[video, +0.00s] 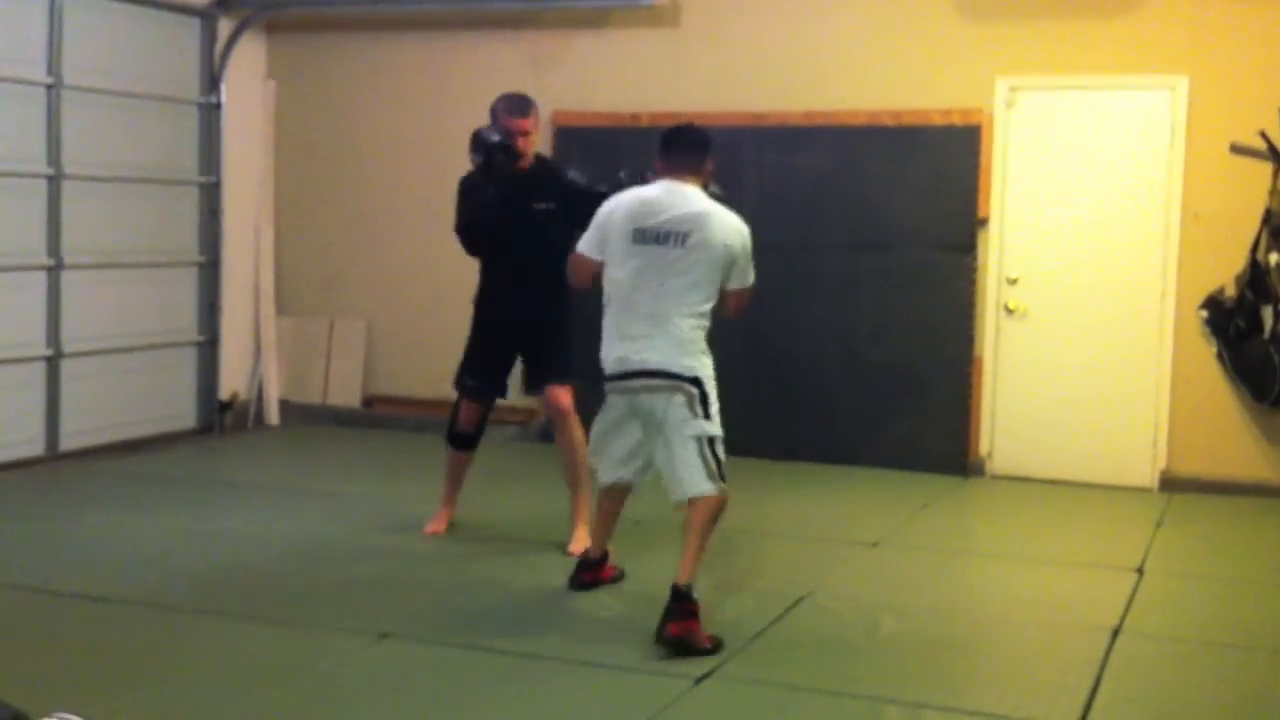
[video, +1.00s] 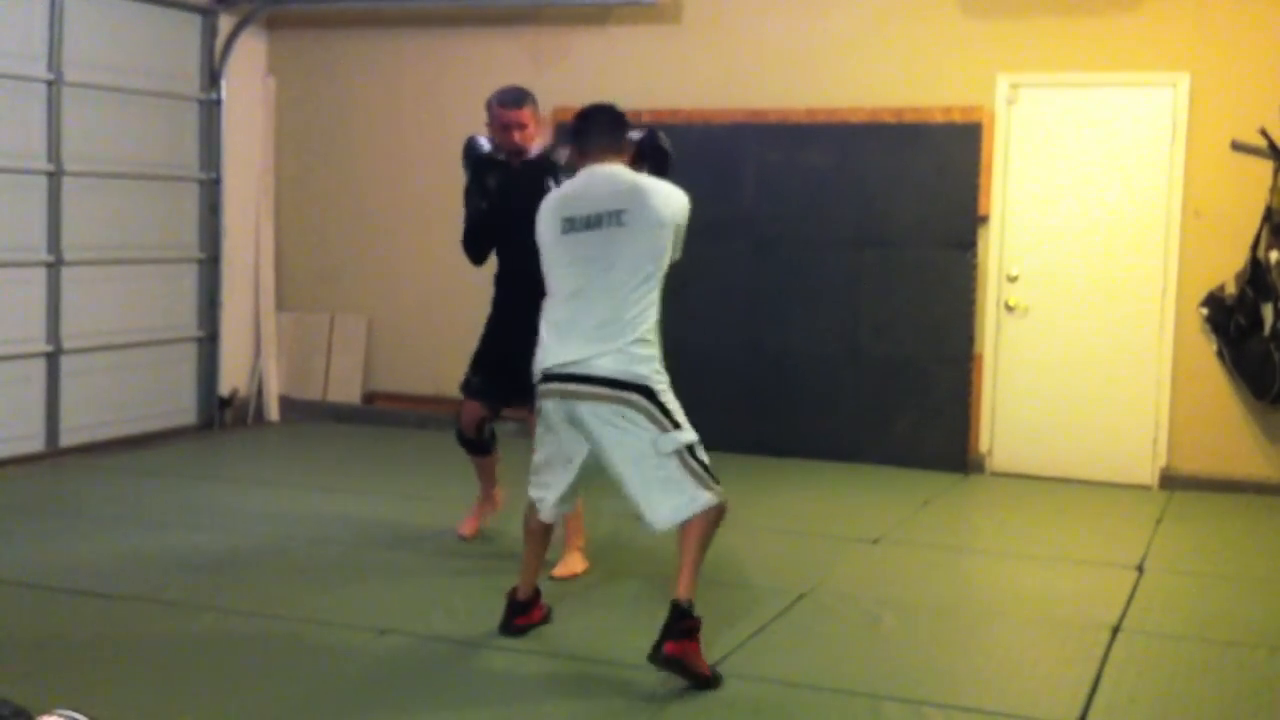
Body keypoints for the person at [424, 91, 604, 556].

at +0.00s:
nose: (520, 143)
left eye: (527, 134)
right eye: (511, 135)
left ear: (538, 132)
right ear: (494, 133)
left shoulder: (555, 180)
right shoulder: (478, 184)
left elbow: (600, 212)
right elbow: (473, 242)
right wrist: (491, 179)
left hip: (549, 308)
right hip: (497, 308)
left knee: (560, 402)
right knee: (470, 409)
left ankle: (581, 521)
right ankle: (446, 507)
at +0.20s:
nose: (531, 137)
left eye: (540, 129)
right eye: (524, 127)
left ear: (557, 128)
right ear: (512, 124)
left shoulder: (573, 180)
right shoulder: (500, 171)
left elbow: (589, 253)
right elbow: (473, 236)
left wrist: (570, 215)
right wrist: (484, 178)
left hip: (553, 310)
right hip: (503, 306)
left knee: (553, 413)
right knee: (465, 407)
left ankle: (578, 523)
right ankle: (477, 496)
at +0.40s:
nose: (544, 143)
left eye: (554, 137)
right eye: (539, 133)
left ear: (570, 138)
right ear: (526, 128)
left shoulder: (578, 181)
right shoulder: (498, 170)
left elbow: (601, 240)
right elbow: (452, 228)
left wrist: (599, 180)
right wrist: (472, 183)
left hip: (551, 313)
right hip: (495, 310)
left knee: (550, 416)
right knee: (480, 414)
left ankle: (576, 520)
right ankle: (490, 506)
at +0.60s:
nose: (531, 141)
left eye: (541, 133)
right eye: (524, 130)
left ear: (553, 134)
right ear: (506, 126)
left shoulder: (565, 184)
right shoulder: (482, 173)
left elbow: (580, 247)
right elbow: (456, 236)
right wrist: (480, 176)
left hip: (543, 309)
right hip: (490, 308)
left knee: (541, 398)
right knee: (481, 409)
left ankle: (571, 511)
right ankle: (490, 505)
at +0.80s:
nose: (525, 142)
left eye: (534, 133)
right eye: (517, 133)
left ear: (549, 132)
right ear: (501, 133)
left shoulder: (571, 175)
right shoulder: (487, 174)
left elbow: (592, 237)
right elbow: (462, 246)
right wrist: (485, 187)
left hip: (552, 312)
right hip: (497, 311)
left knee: (546, 418)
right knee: (483, 414)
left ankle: (571, 534)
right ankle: (492, 506)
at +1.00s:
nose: (512, 136)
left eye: (520, 126)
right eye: (503, 128)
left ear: (538, 124)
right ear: (491, 130)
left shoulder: (564, 171)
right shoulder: (490, 175)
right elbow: (478, 251)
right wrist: (485, 181)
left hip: (562, 307)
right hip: (512, 306)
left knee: (555, 423)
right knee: (472, 417)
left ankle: (574, 537)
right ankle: (489, 494)